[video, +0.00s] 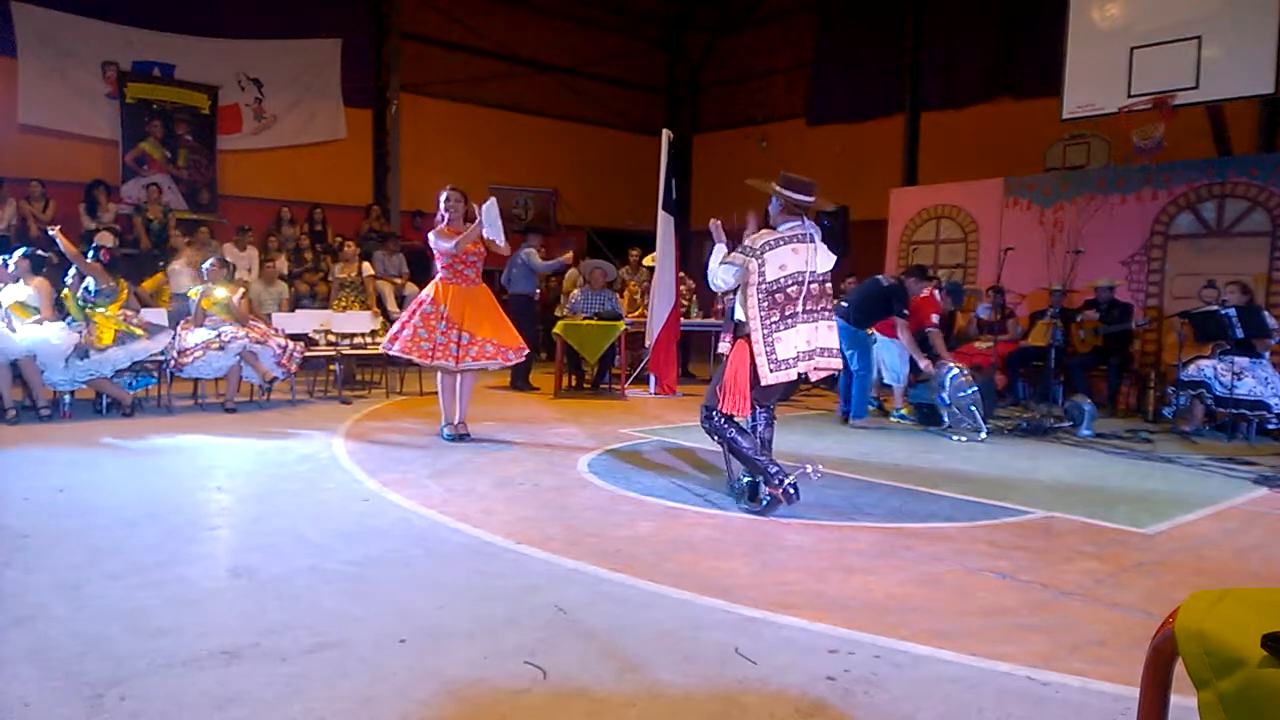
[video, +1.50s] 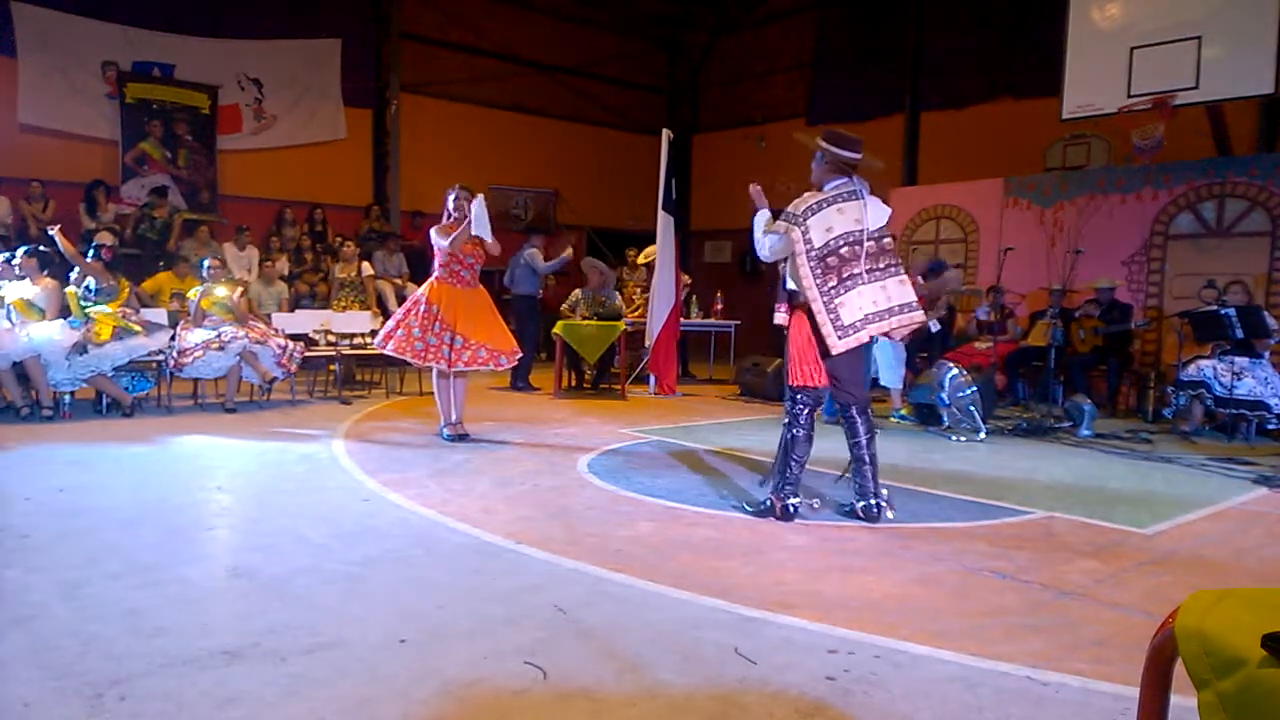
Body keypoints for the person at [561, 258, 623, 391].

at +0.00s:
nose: (598, 280)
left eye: (600, 277)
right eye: (595, 276)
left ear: (605, 279)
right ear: (589, 278)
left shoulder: (611, 295)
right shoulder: (577, 293)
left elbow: (619, 315)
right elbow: (566, 312)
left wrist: (601, 317)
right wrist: (578, 317)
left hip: (602, 331)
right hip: (580, 330)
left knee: (609, 350)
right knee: (571, 347)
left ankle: (597, 381)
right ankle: (579, 377)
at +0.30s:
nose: (597, 280)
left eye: (600, 277)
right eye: (595, 276)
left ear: (605, 279)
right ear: (590, 278)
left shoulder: (612, 295)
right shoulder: (577, 293)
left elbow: (619, 315)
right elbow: (565, 313)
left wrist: (599, 316)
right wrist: (575, 317)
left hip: (603, 332)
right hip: (580, 331)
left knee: (609, 349)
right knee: (570, 346)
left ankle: (597, 381)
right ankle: (579, 377)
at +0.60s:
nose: (599, 278)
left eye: (602, 275)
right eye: (597, 275)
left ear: (606, 278)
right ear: (590, 277)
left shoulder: (612, 296)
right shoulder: (577, 294)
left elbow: (620, 316)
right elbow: (565, 313)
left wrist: (598, 317)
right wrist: (575, 317)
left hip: (603, 332)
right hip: (580, 331)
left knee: (610, 349)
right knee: (570, 345)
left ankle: (597, 380)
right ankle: (579, 377)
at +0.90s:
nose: (595, 277)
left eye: (598, 275)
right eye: (593, 274)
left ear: (604, 278)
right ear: (589, 277)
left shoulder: (613, 296)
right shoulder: (578, 293)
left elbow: (620, 317)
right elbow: (565, 312)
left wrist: (599, 317)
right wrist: (576, 317)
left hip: (603, 333)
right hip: (581, 332)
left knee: (610, 349)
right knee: (570, 345)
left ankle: (597, 380)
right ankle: (578, 378)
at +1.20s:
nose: (597, 277)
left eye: (599, 273)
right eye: (595, 273)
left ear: (604, 277)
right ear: (590, 276)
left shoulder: (613, 295)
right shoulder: (579, 293)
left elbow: (620, 313)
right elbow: (565, 311)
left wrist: (598, 315)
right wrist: (578, 318)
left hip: (603, 333)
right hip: (582, 332)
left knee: (610, 349)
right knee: (570, 346)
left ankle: (597, 380)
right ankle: (578, 378)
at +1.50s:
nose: (590, 276)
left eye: (594, 273)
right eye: (591, 273)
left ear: (602, 277)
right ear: (588, 275)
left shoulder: (613, 295)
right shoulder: (579, 293)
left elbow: (619, 312)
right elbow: (563, 309)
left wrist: (598, 314)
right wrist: (575, 318)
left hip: (603, 333)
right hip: (581, 331)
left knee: (610, 349)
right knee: (569, 345)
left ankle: (597, 380)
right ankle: (578, 377)